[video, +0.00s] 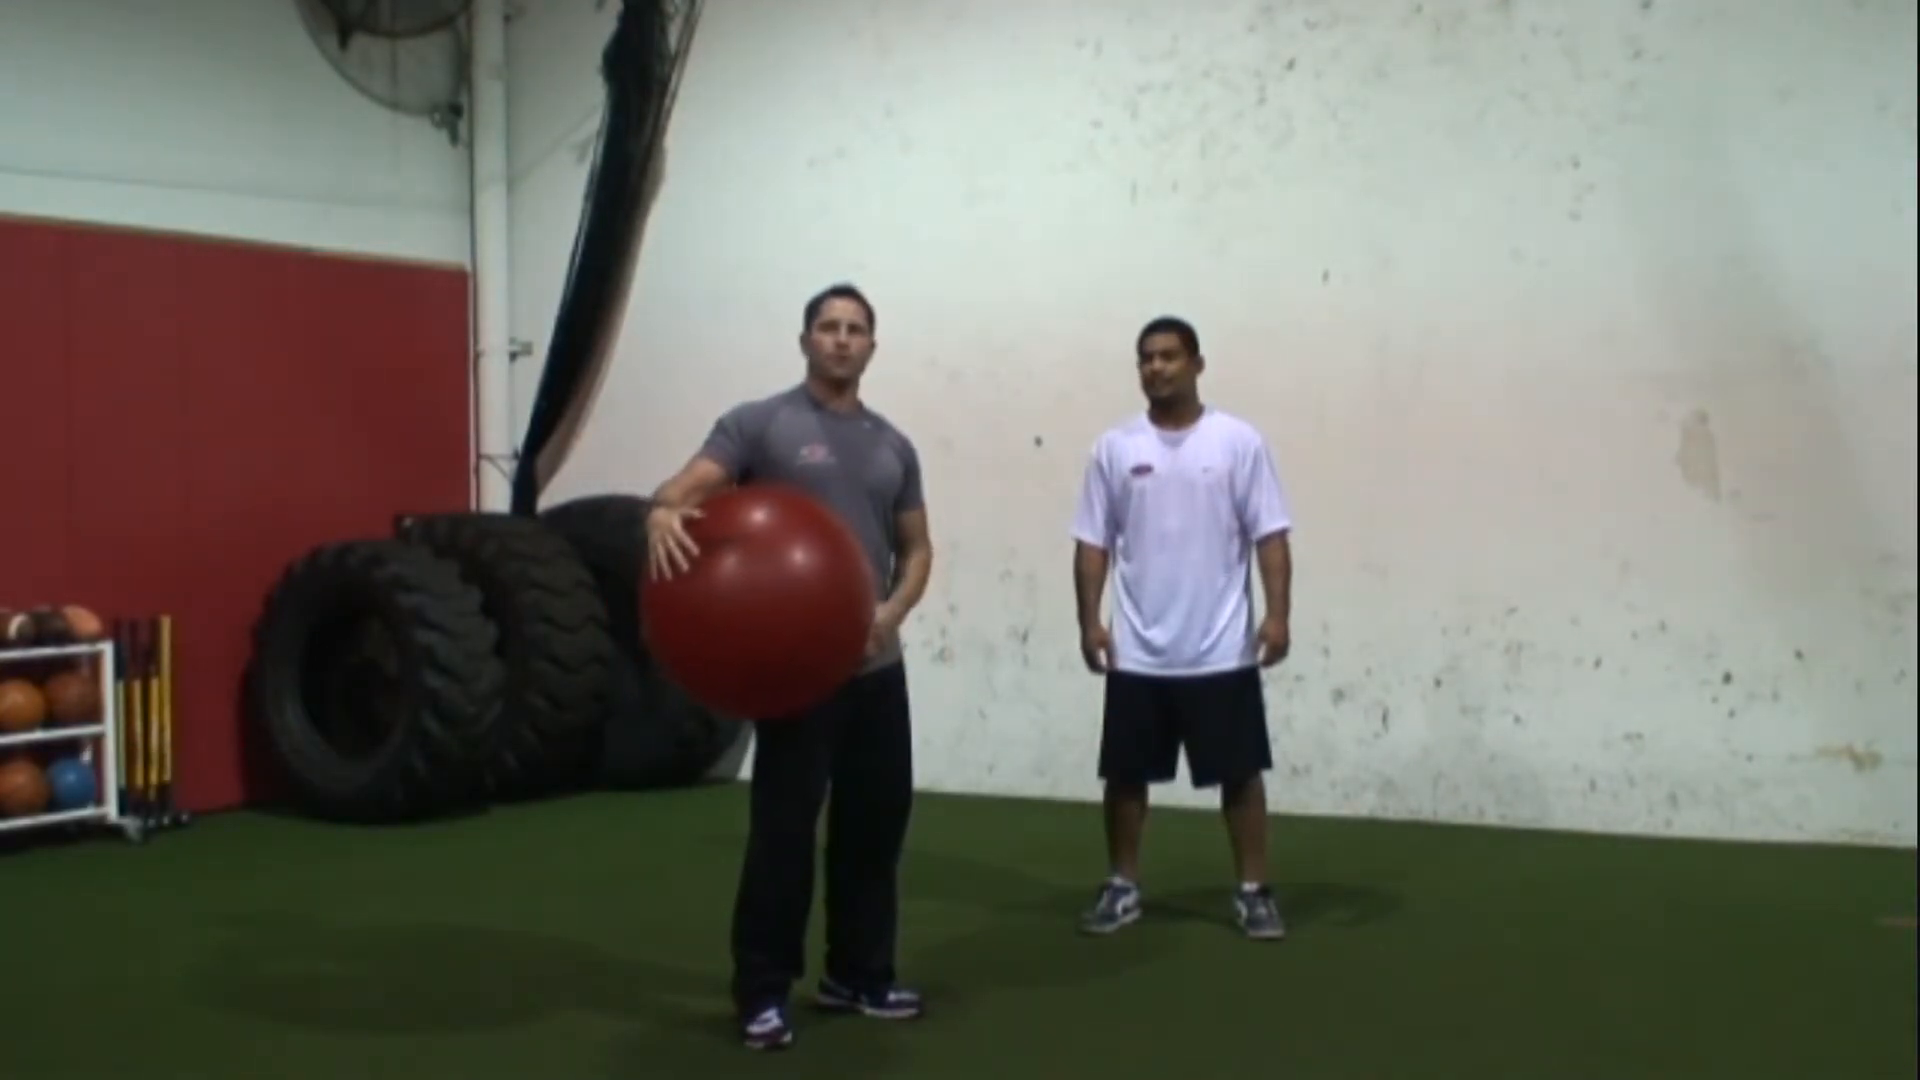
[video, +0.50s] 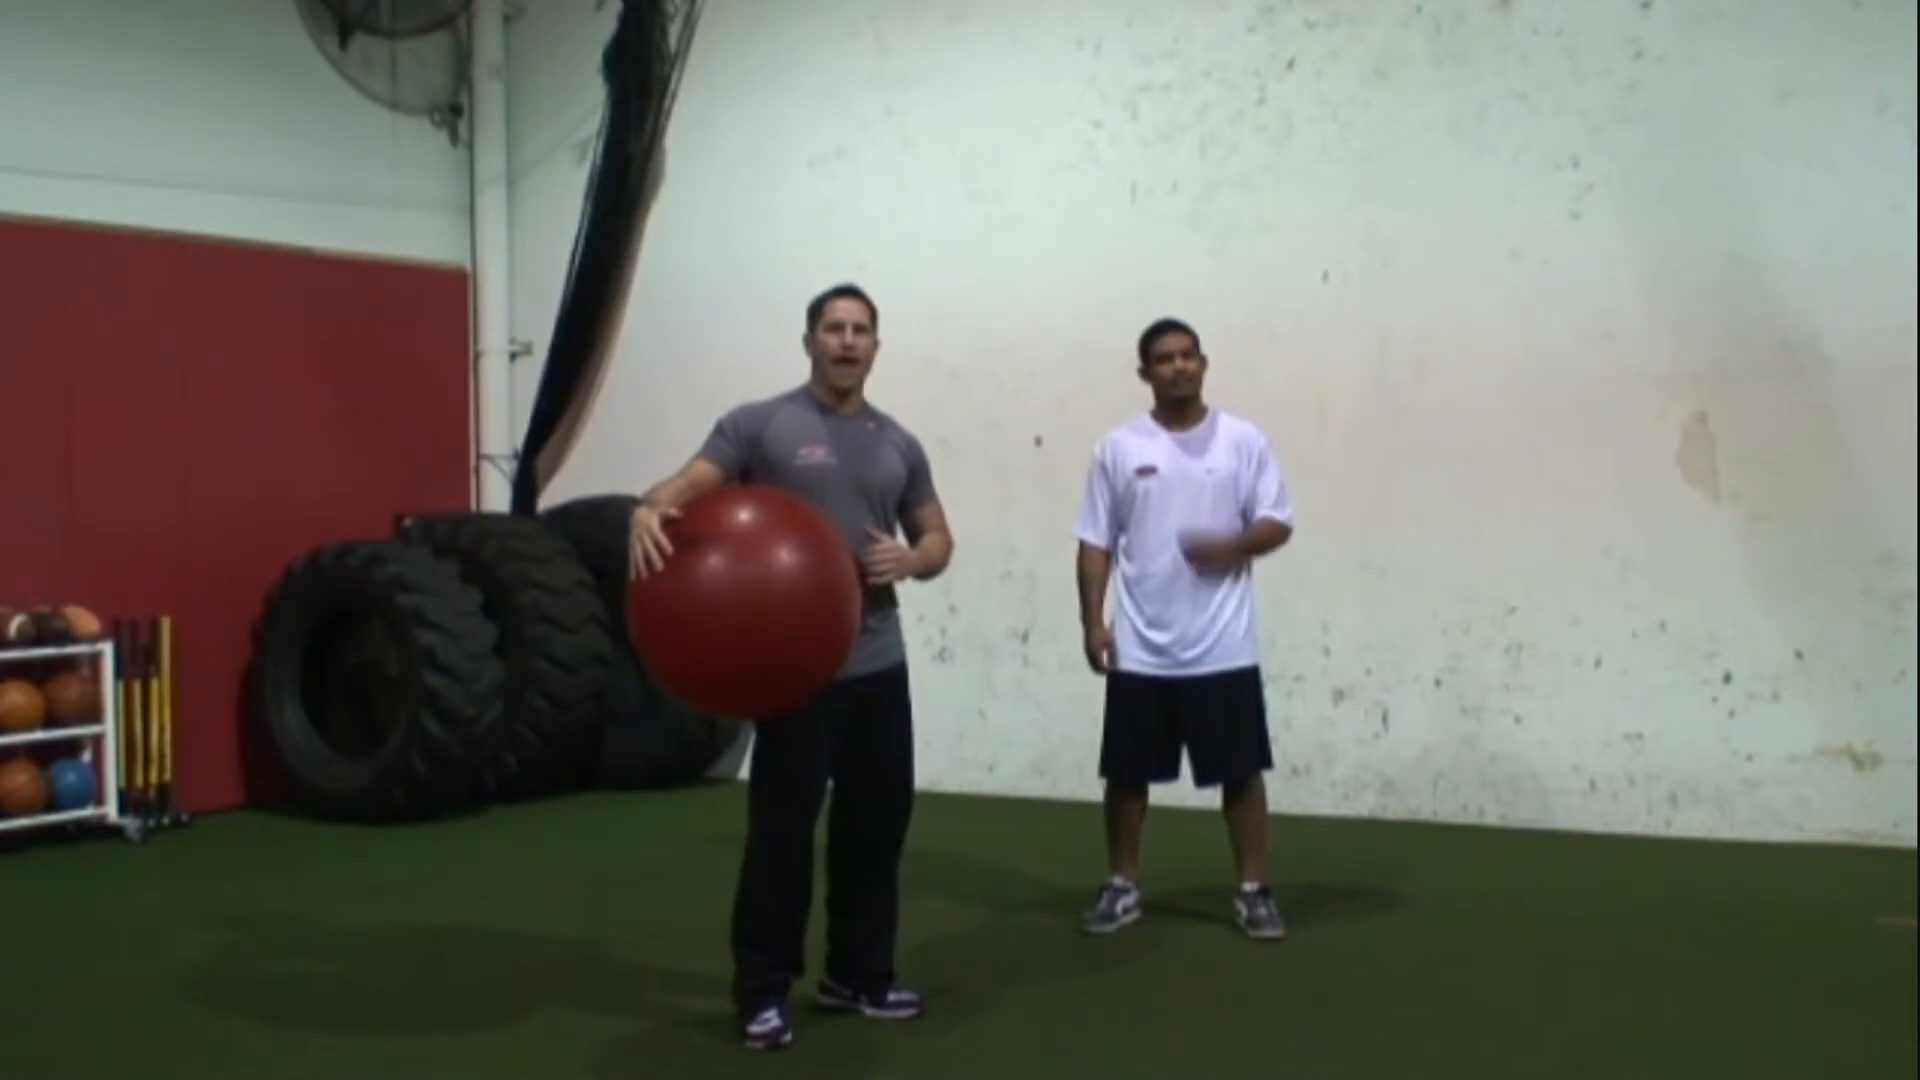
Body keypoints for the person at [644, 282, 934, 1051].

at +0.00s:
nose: (845, 339)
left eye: (857, 329)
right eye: (831, 327)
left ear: (873, 345)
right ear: (805, 340)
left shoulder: (892, 447)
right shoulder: (758, 424)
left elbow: (918, 548)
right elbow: (686, 489)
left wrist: (895, 608)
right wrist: (662, 514)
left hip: (875, 668)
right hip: (792, 667)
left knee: (874, 825)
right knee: (783, 830)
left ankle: (859, 975)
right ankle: (764, 994)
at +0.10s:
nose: (840, 339)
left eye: (852, 329)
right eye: (826, 328)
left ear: (871, 345)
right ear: (803, 341)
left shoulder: (894, 447)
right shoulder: (758, 425)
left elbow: (920, 548)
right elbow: (685, 491)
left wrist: (896, 605)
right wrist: (659, 515)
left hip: (875, 669)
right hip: (792, 669)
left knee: (874, 826)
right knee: (782, 833)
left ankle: (859, 975)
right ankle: (764, 994)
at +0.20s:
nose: (837, 339)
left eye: (850, 328)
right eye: (823, 328)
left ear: (870, 344)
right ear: (801, 342)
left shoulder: (895, 445)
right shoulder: (757, 425)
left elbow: (926, 544)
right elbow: (686, 489)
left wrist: (897, 590)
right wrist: (656, 512)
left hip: (876, 670)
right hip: (792, 670)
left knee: (874, 826)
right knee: (781, 833)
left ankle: (859, 975)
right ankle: (764, 994)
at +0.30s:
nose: (837, 338)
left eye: (850, 328)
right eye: (824, 327)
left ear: (870, 343)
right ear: (802, 341)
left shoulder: (897, 444)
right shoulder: (758, 425)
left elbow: (931, 540)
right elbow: (686, 488)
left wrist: (902, 563)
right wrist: (653, 510)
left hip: (876, 672)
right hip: (790, 670)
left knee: (875, 827)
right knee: (780, 833)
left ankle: (860, 975)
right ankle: (764, 994)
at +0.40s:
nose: (843, 339)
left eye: (855, 329)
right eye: (829, 327)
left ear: (873, 343)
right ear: (804, 340)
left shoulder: (898, 444)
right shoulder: (758, 425)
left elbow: (935, 541)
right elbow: (687, 485)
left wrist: (909, 559)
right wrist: (650, 507)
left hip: (876, 672)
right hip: (791, 671)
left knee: (875, 828)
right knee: (780, 835)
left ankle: (860, 975)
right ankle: (764, 994)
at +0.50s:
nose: (849, 341)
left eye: (861, 330)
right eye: (835, 329)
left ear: (877, 345)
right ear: (809, 341)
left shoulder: (898, 445)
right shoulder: (760, 425)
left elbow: (938, 543)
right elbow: (688, 485)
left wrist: (912, 559)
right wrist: (647, 508)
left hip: (877, 668)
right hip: (791, 669)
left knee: (876, 823)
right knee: (781, 831)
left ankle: (860, 975)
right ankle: (764, 993)